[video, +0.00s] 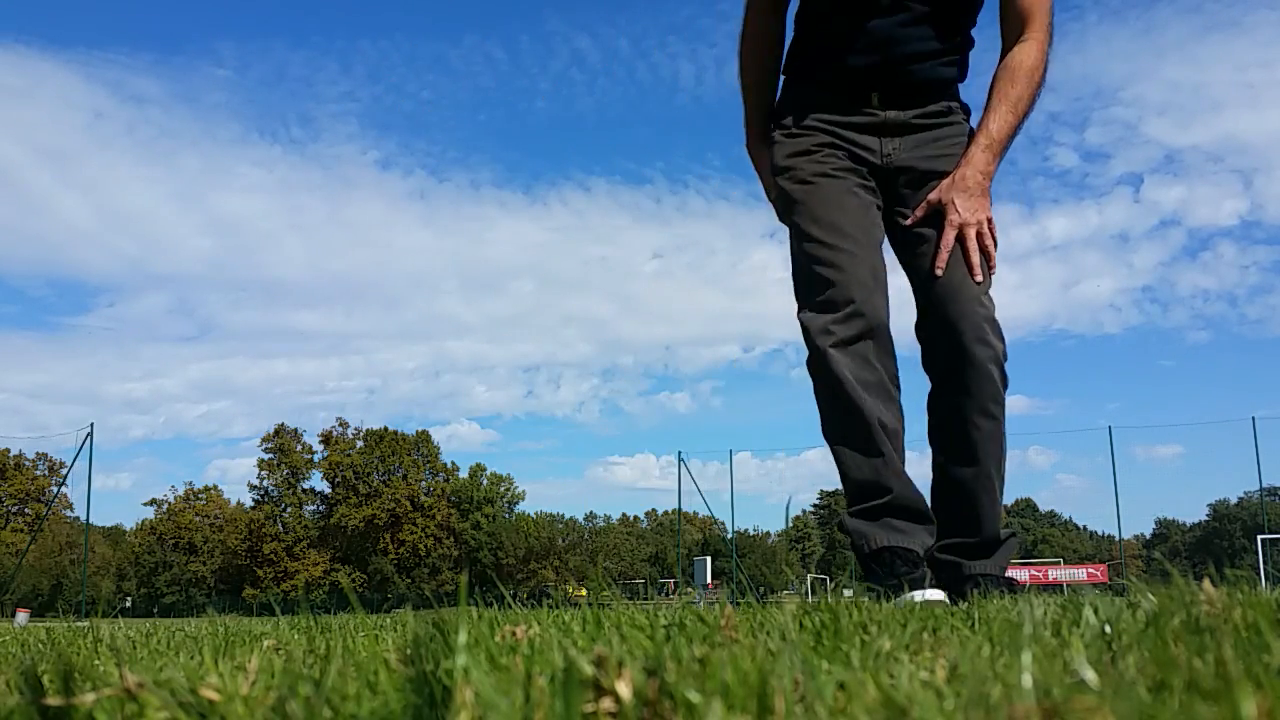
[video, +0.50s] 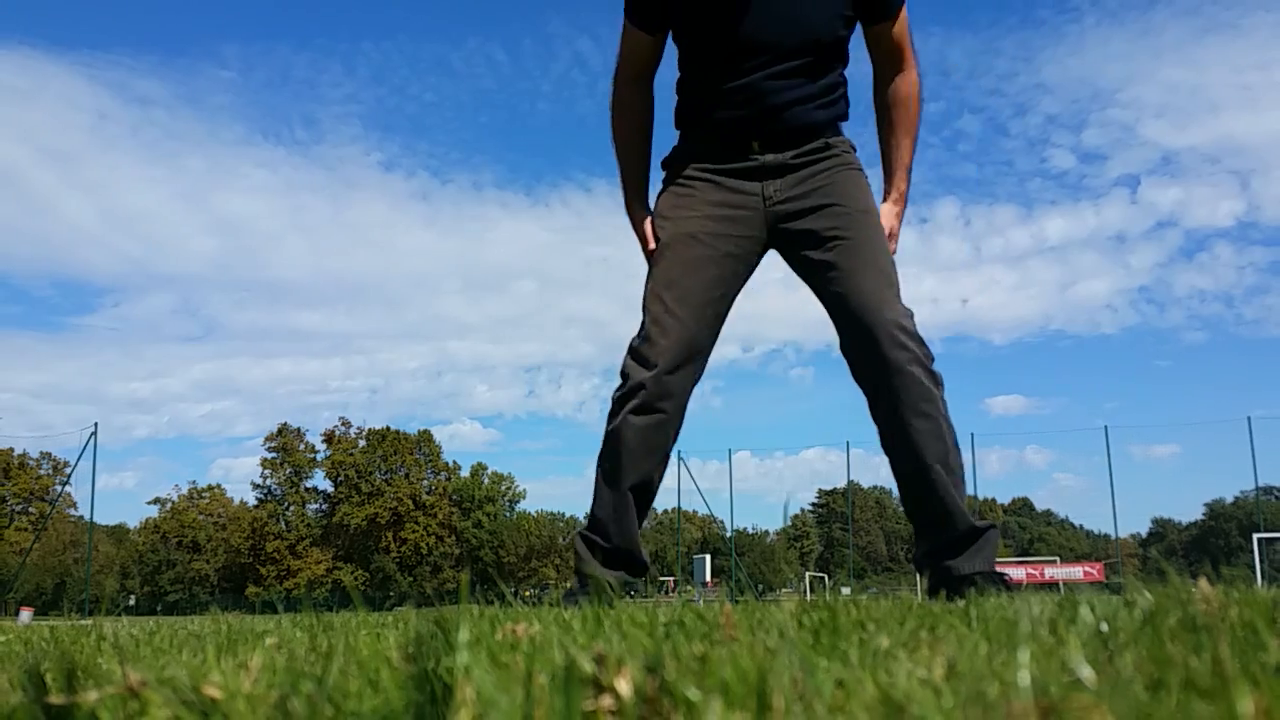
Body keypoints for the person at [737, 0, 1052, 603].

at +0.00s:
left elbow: (1029, 37)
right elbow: (762, 23)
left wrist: (977, 170)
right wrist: (761, 145)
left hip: (933, 124)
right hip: (818, 126)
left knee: (970, 333)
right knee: (850, 324)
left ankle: (974, 564)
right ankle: (896, 561)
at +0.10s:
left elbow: (1025, 45)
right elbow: (759, 21)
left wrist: (970, 178)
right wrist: (756, 140)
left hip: (924, 126)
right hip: (811, 126)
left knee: (956, 326)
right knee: (820, 317)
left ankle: (969, 566)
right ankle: (835, 561)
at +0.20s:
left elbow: (1006, 49)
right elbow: (746, 21)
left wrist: (962, 182)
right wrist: (740, 139)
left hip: (913, 131)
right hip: (799, 131)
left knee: (947, 328)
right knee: (776, 319)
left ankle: (967, 567)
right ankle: (753, 557)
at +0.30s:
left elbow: (987, 53)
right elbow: (722, 34)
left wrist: (959, 188)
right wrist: (716, 162)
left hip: (896, 142)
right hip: (778, 142)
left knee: (937, 334)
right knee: (730, 328)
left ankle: (964, 567)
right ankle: (679, 555)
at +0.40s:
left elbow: (955, 63)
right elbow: (684, 57)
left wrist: (947, 194)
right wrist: (679, 181)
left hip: (866, 158)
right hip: (749, 162)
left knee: (918, 336)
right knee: (688, 349)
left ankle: (964, 569)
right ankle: (621, 567)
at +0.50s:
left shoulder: (868, 1)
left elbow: (895, 64)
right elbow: (632, 79)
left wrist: (895, 197)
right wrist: (637, 208)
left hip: (823, 171)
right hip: (708, 180)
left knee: (892, 344)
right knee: (657, 366)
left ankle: (961, 566)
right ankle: (604, 575)